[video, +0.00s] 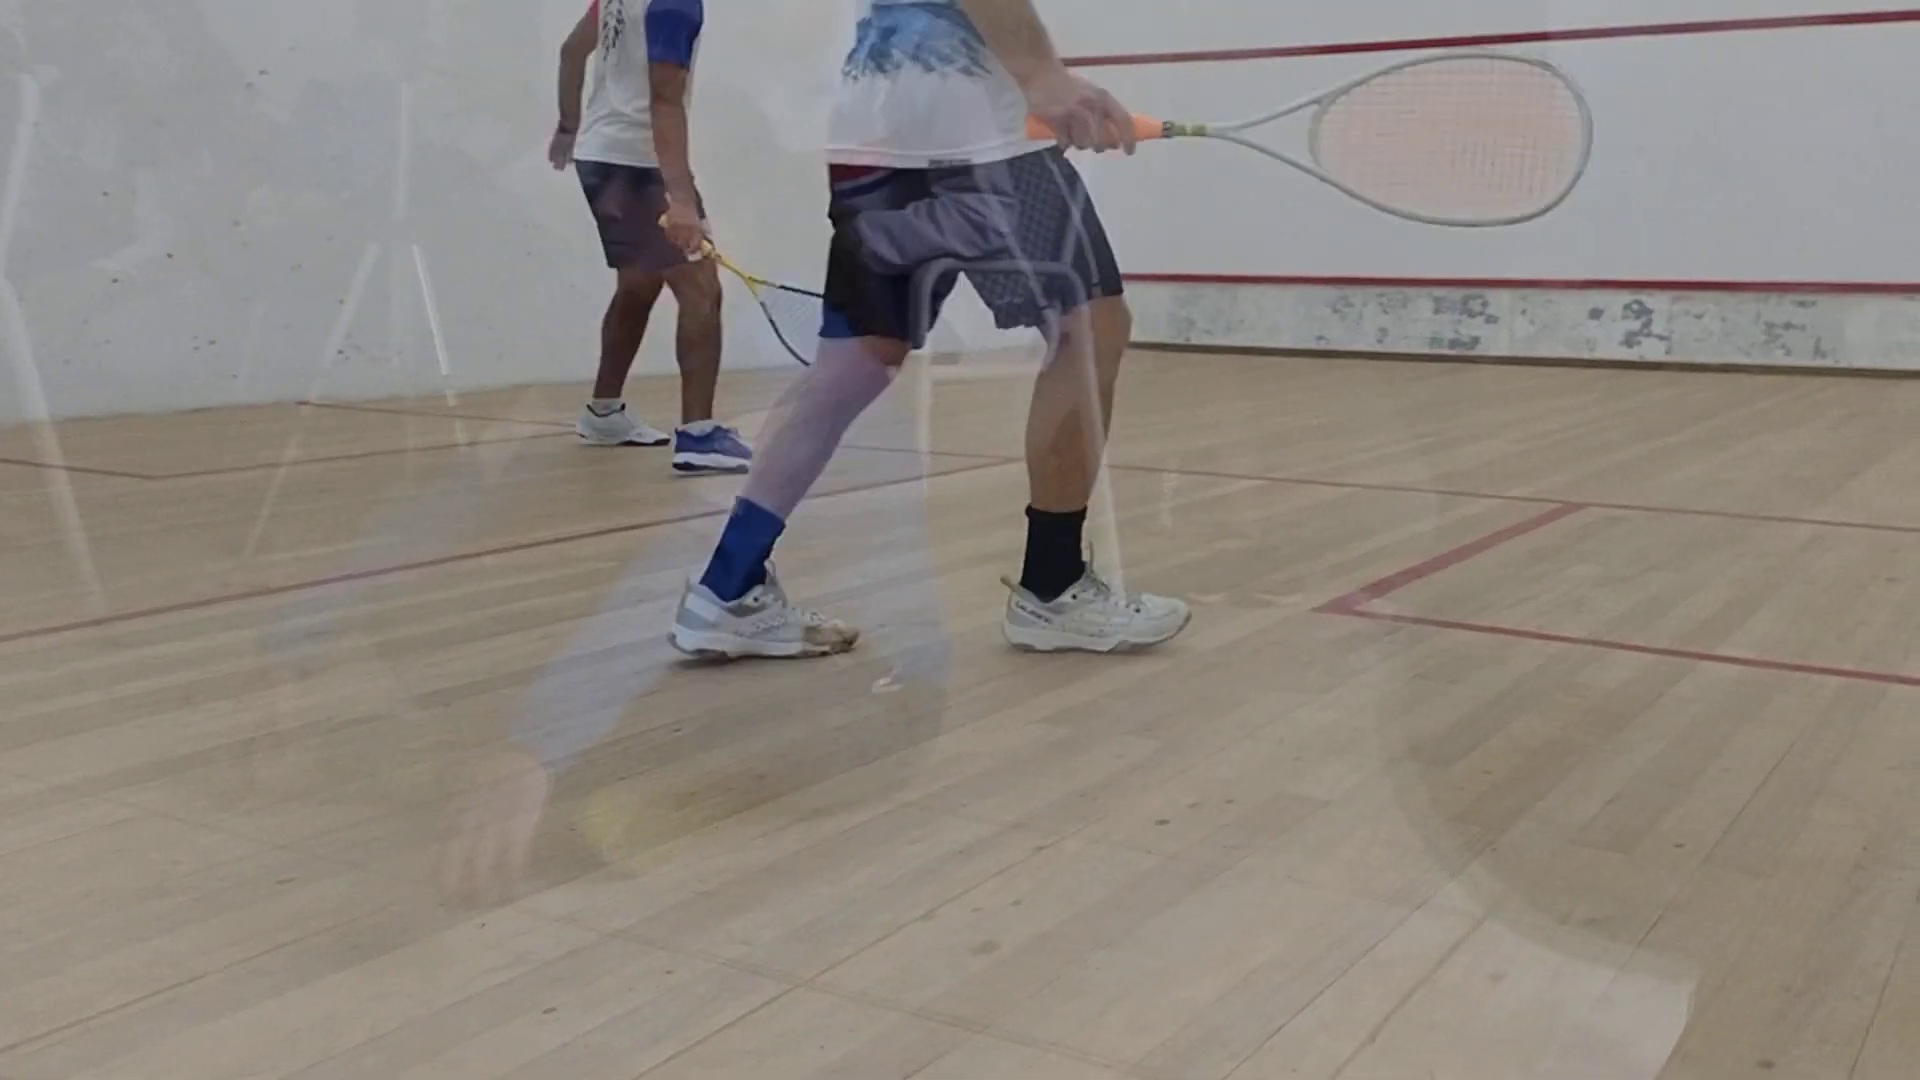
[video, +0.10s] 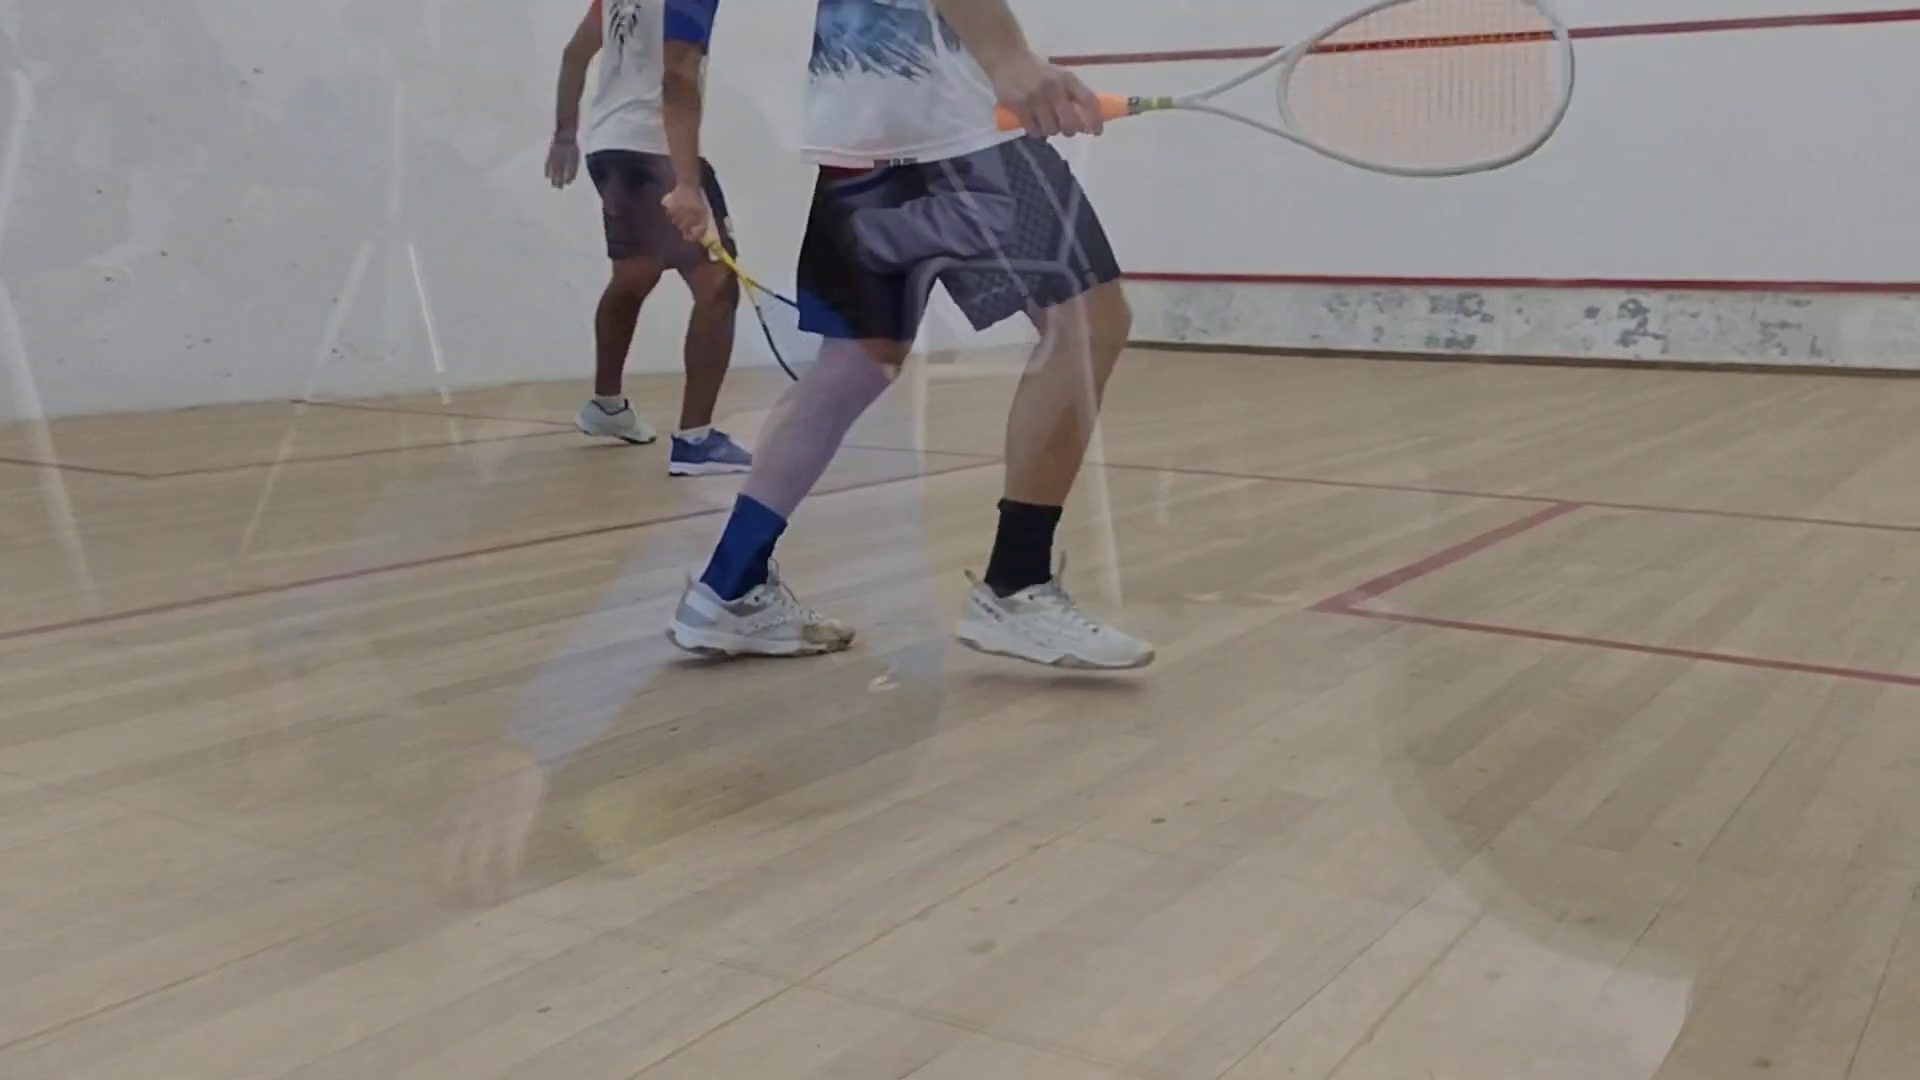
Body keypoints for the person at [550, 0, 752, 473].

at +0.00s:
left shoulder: (618, 3)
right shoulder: (674, 7)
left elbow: (573, 48)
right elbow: (667, 103)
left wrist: (567, 125)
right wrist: (682, 200)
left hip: (602, 160)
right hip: (639, 165)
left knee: (639, 283)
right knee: (701, 289)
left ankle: (603, 410)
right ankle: (698, 431)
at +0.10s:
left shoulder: (618, 4)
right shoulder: (688, 6)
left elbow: (576, 51)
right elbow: (679, 79)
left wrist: (564, 133)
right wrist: (690, 184)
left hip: (606, 145)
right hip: (660, 148)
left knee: (633, 275)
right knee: (718, 288)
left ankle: (606, 403)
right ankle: (695, 436)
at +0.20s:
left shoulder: (610, 0)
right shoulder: (694, 4)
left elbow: (584, 46)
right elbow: (694, 59)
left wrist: (605, 135)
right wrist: (709, 160)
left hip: (608, 136)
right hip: (668, 139)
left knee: (645, 264)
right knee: (713, 281)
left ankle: (603, 409)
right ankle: (694, 436)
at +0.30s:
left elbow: (590, 40)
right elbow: (700, 35)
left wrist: (632, 101)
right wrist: (725, 147)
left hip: (610, 127)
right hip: (678, 128)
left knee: (639, 269)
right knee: (705, 282)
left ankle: (607, 397)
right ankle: (691, 435)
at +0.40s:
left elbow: (594, 38)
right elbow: (703, 35)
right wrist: (740, 150)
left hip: (611, 132)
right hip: (687, 137)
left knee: (628, 284)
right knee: (704, 288)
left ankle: (606, 385)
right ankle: (689, 435)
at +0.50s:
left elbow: (596, 45)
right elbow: (697, 32)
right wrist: (747, 145)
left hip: (602, 124)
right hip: (686, 131)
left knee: (617, 290)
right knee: (707, 289)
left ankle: (599, 436)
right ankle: (691, 435)